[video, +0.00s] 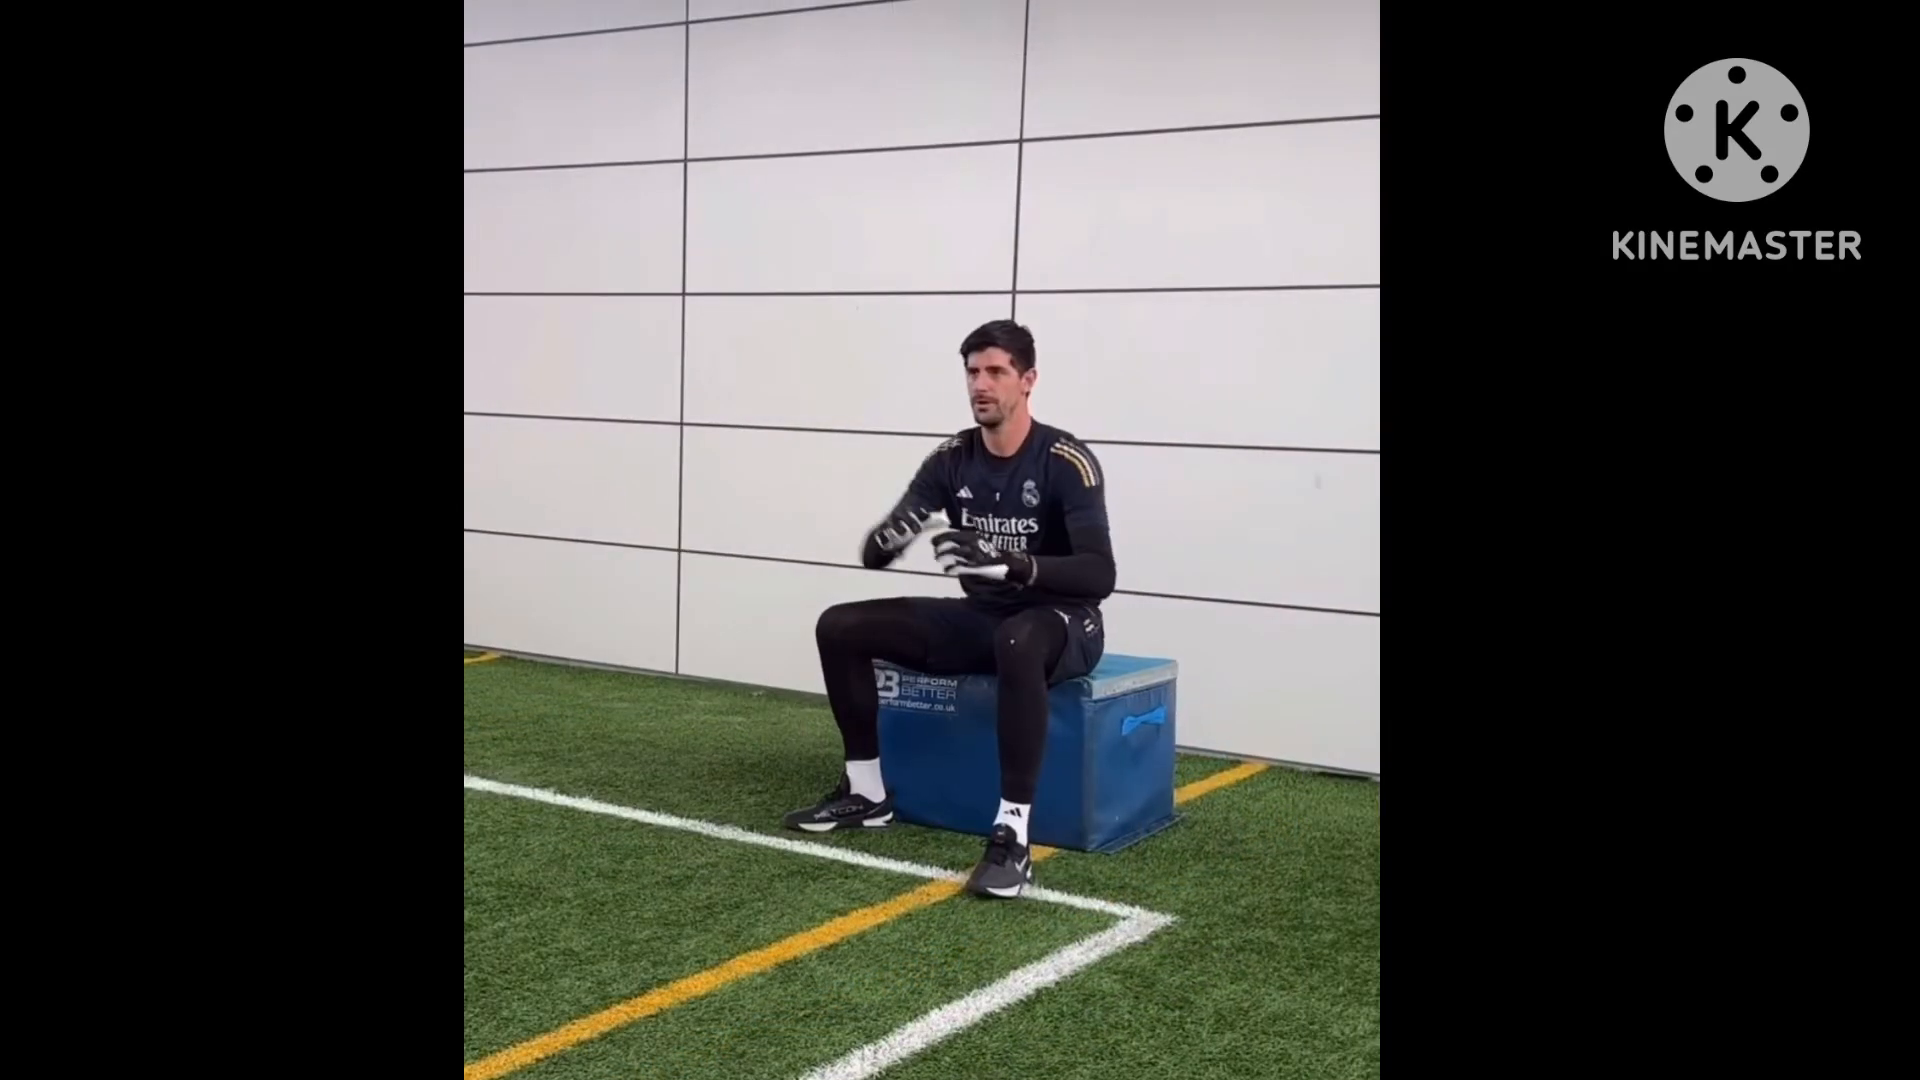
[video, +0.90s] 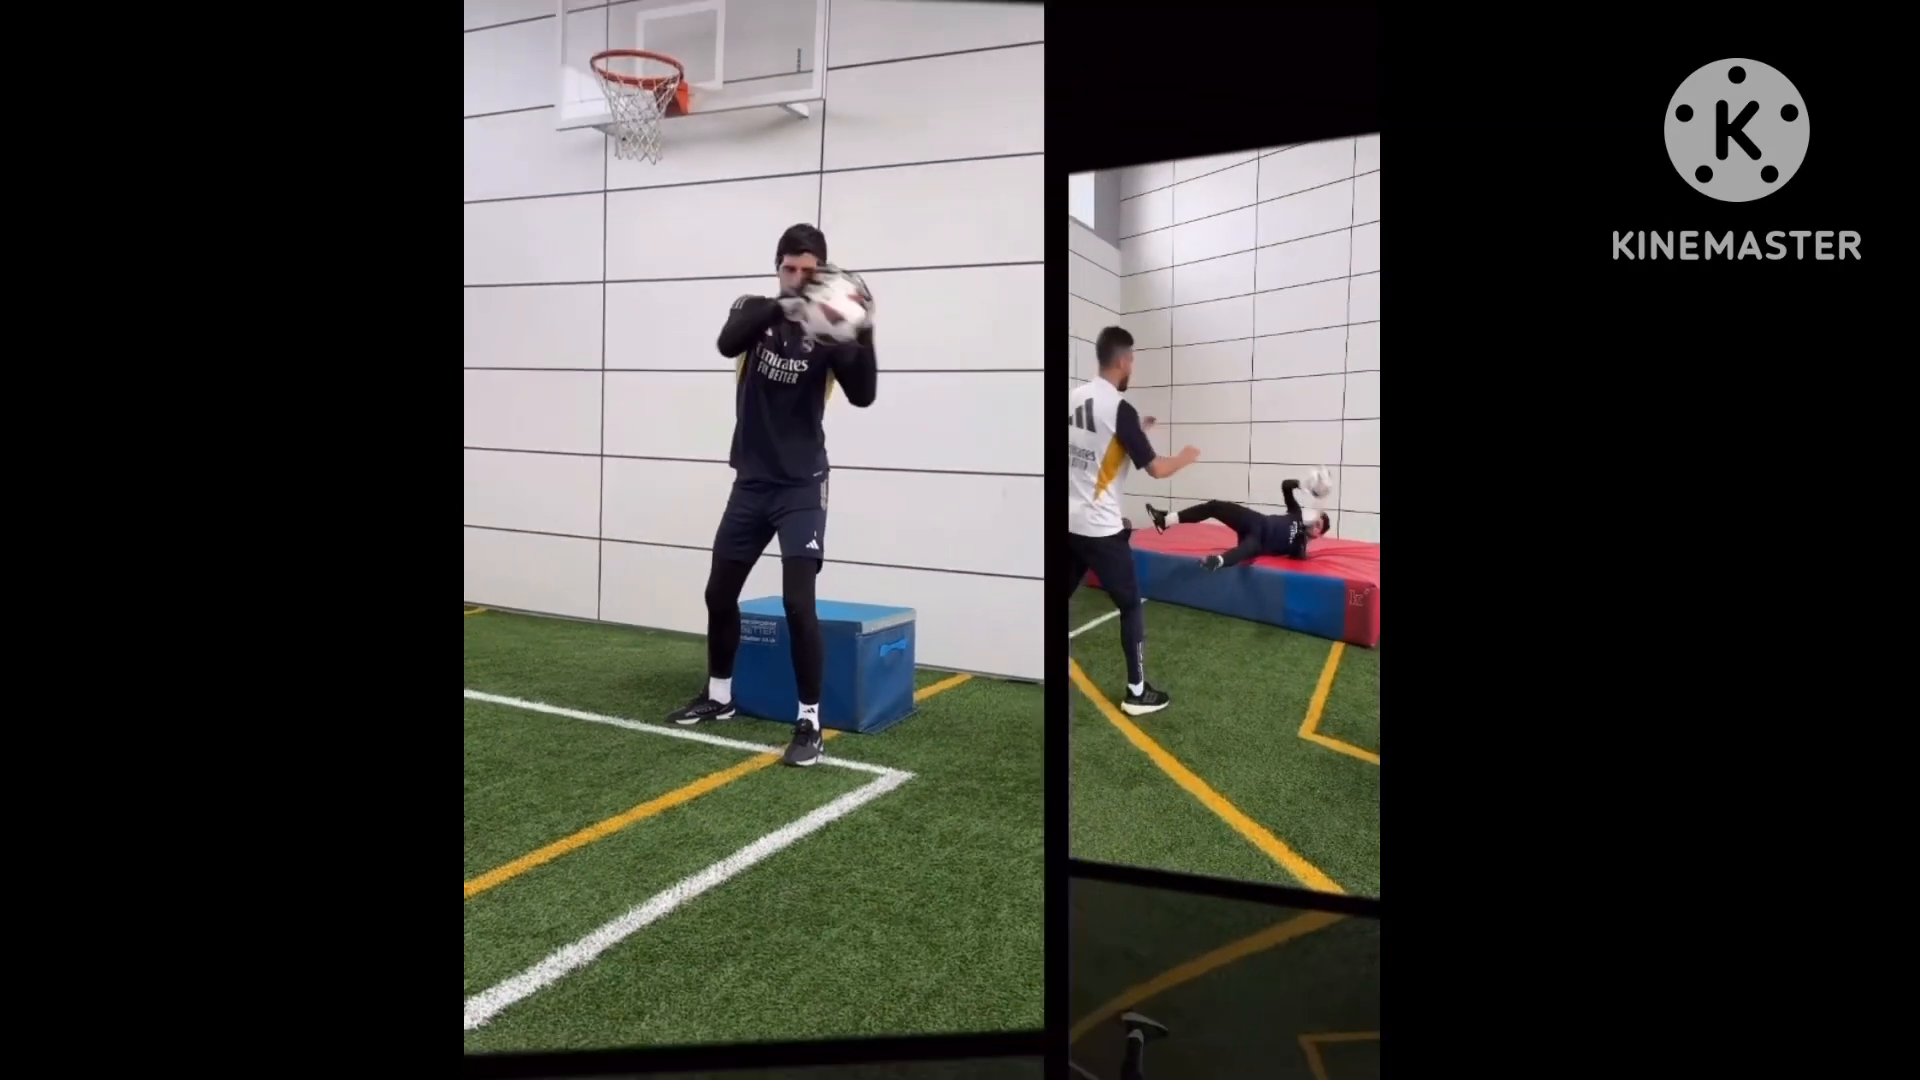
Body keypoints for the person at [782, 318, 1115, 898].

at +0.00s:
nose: (980, 385)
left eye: (994, 373)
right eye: (973, 373)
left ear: (1028, 381)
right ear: (966, 381)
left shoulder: (1068, 462)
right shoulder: (951, 460)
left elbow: (1098, 574)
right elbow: (874, 553)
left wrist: (1015, 564)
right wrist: (886, 540)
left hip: (1064, 621)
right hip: (980, 616)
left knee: (1019, 641)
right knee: (839, 626)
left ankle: (1010, 838)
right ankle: (865, 794)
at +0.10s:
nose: (959, 393)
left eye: (974, 380)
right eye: (952, 380)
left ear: (1008, 388)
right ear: (944, 387)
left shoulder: (1043, 452)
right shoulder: (930, 456)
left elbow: (1085, 528)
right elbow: (827, 497)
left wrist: (995, 524)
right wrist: (863, 483)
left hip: (1063, 620)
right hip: (977, 617)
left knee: (1019, 643)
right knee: (840, 628)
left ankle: (1011, 837)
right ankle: (866, 796)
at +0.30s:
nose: (922, 349)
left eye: (938, 337)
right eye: (916, 337)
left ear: (975, 345)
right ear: (910, 343)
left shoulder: (1010, 405)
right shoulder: (894, 408)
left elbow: (1097, 456)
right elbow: (809, 408)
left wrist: (1017, 461)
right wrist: (770, 407)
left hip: (1049, 579)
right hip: (966, 582)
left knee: (1009, 651)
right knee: (822, 642)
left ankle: (1011, 835)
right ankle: (864, 797)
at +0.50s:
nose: (916, 242)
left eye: (932, 228)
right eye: (909, 229)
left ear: (970, 236)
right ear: (903, 241)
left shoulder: (1024, 331)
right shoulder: (888, 336)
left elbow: (1107, 437)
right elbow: (829, 414)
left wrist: (1076, 504)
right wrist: (781, 476)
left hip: (1026, 522)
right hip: (946, 524)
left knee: (998, 657)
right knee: (830, 645)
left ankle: (1009, 838)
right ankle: (865, 798)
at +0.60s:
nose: (880, 221)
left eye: (894, 208)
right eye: (872, 209)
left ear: (926, 215)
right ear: (865, 219)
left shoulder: (972, 306)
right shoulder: (850, 307)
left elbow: (1029, 411)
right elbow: (812, 385)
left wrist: (991, 460)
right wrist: (786, 438)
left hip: (962, 498)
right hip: (888, 496)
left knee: (940, 640)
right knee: (809, 627)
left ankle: (952, 805)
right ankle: (824, 770)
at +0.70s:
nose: (847, 230)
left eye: (859, 218)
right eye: (839, 219)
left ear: (887, 223)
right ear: (832, 224)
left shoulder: (920, 302)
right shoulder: (812, 295)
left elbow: (961, 401)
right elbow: (764, 362)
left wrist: (906, 392)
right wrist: (753, 367)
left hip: (897, 489)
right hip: (830, 485)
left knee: (883, 624)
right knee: (781, 612)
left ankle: (893, 770)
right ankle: (781, 741)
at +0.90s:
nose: (796, 267)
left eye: (806, 260)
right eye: (789, 258)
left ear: (822, 267)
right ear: (778, 263)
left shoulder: (833, 326)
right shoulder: (755, 309)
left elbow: (862, 393)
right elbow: (728, 344)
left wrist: (861, 329)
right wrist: (783, 305)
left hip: (803, 484)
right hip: (751, 481)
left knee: (798, 603)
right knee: (719, 593)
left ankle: (808, 722)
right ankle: (719, 699)